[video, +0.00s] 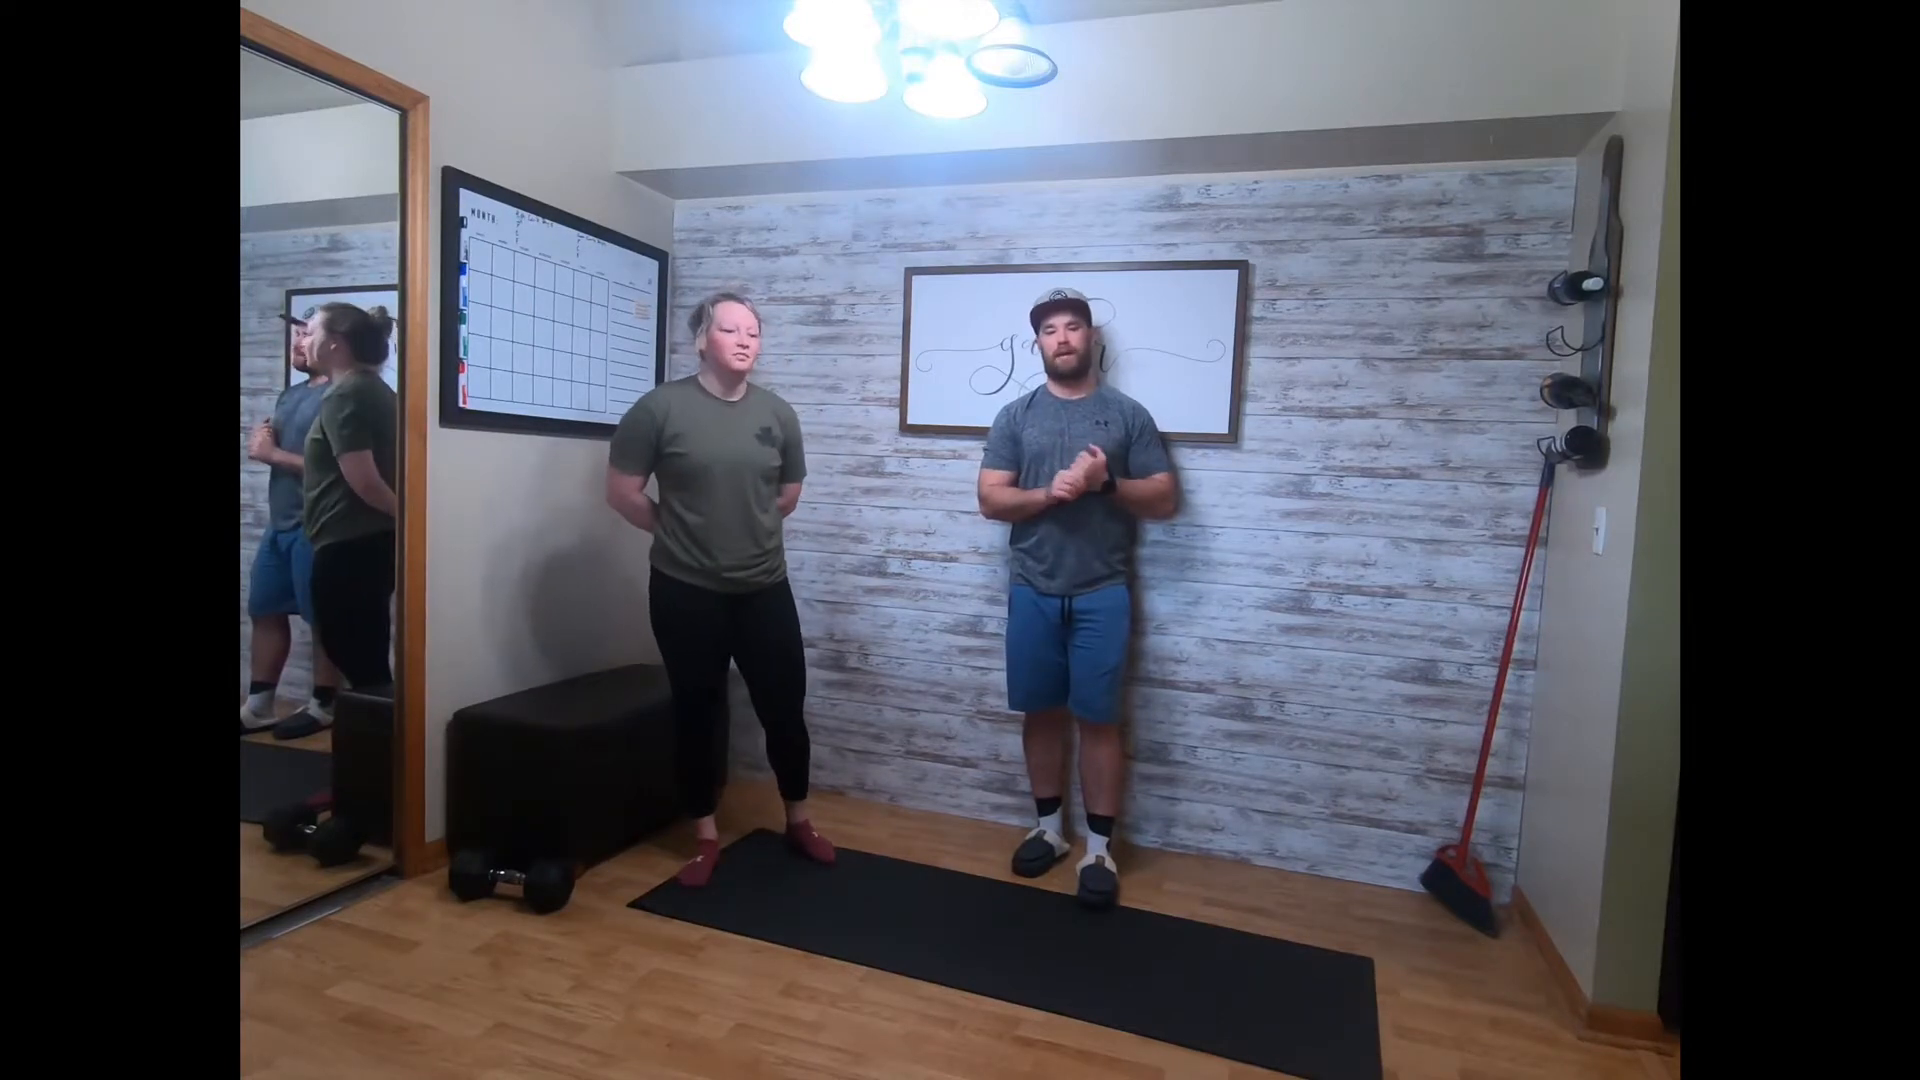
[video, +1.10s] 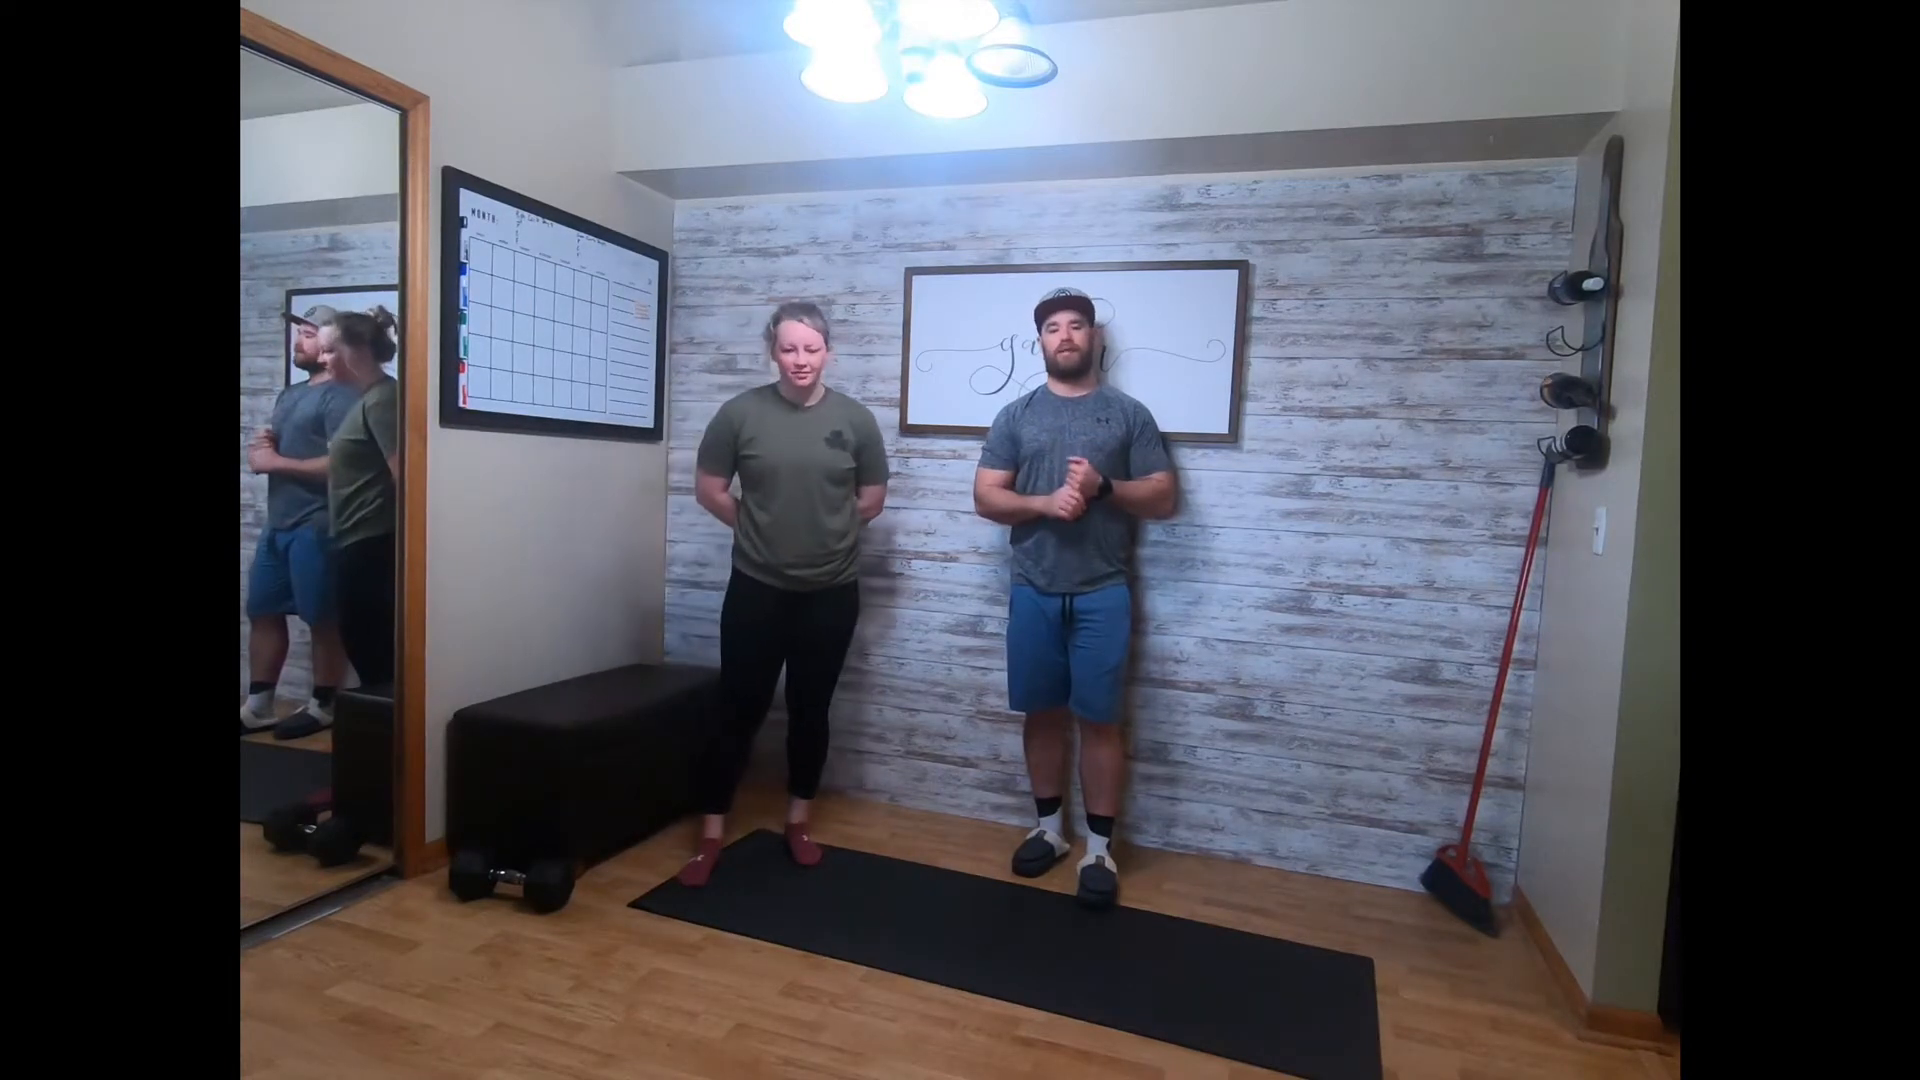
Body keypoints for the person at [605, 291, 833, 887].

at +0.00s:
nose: (744, 340)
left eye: (752, 333)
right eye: (731, 330)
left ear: (760, 346)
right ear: (702, 340)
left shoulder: (777, 414)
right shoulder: (661, 408)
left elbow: (787, 496)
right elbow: (622, 494)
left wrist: (738, 526)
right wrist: (679, 529)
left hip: (763, 588)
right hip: (685, 588)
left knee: (786, 709)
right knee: (698, 713)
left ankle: (800, 823)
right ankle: (707, 839)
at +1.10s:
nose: (801, 359)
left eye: (811, 349)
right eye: (790, 349)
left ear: (827, 353)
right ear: (773, 354)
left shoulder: (856, 420)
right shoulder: (740, 413)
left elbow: (872, 499)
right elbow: (710, 489)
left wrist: (818, 525)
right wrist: (762, 526)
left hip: (829, 591)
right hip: (756, 587)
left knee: (810, 710)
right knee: (737, 709)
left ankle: (797, 824)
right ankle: (711, 834)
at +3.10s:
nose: (790, 341)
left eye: (795, 332)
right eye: (776, 331)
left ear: (801, 343)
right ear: (744, 339)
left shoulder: (817, 416)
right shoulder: (704, 405)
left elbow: (826, 494)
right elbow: (663, 488)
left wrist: (782, 526)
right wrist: (719, 525)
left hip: (796, 590)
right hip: (722, 586)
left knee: (790, 709)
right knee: (720, 712)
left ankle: (796, 822)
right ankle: (714, 835)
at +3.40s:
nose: (785, 341)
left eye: (794, 333)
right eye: (773, 332)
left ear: (808, 344)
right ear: (751, 343)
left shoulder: (834, 416)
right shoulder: (716, 408)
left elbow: (847, 498)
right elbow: (680, 488)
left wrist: (796, 526)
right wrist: (735, 526)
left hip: (809, 589)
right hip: (734, 585)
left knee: (798, 710)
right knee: (726, 711)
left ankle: (798, 823)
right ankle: (714, 837)